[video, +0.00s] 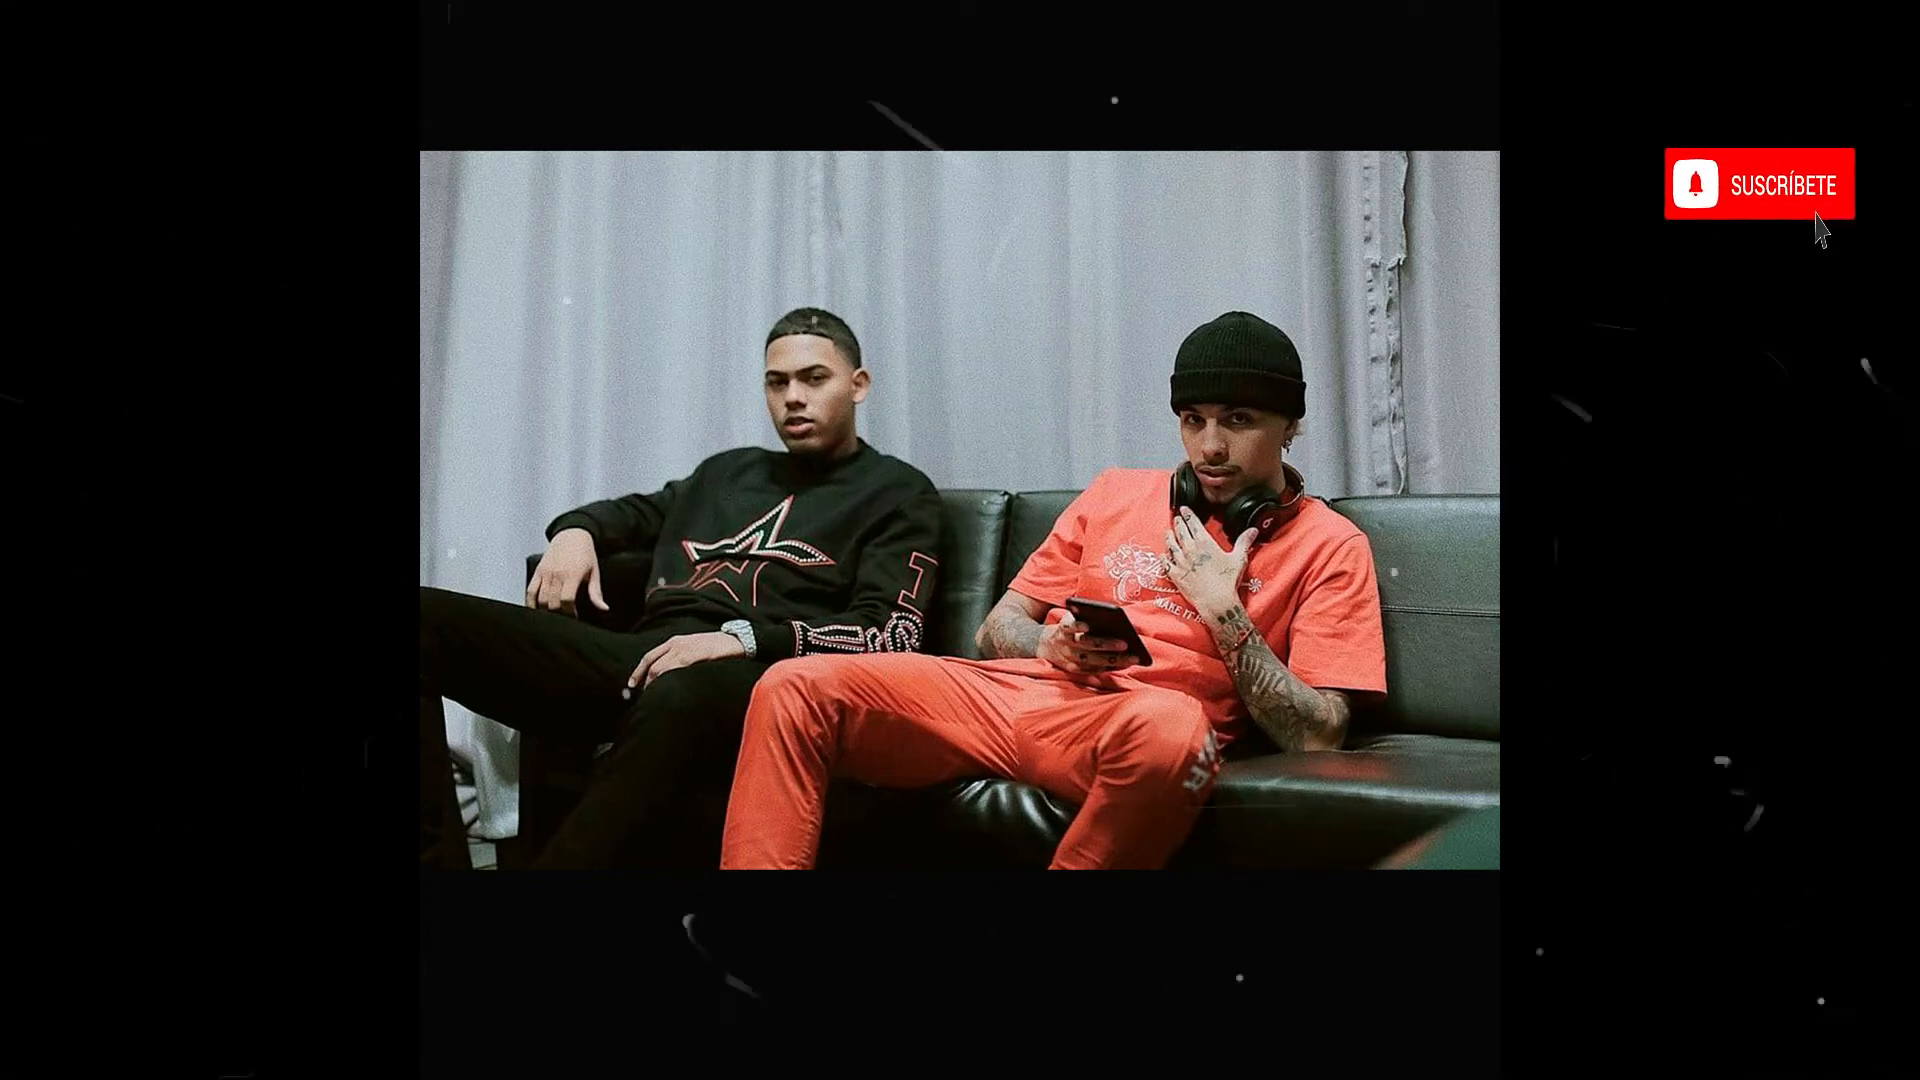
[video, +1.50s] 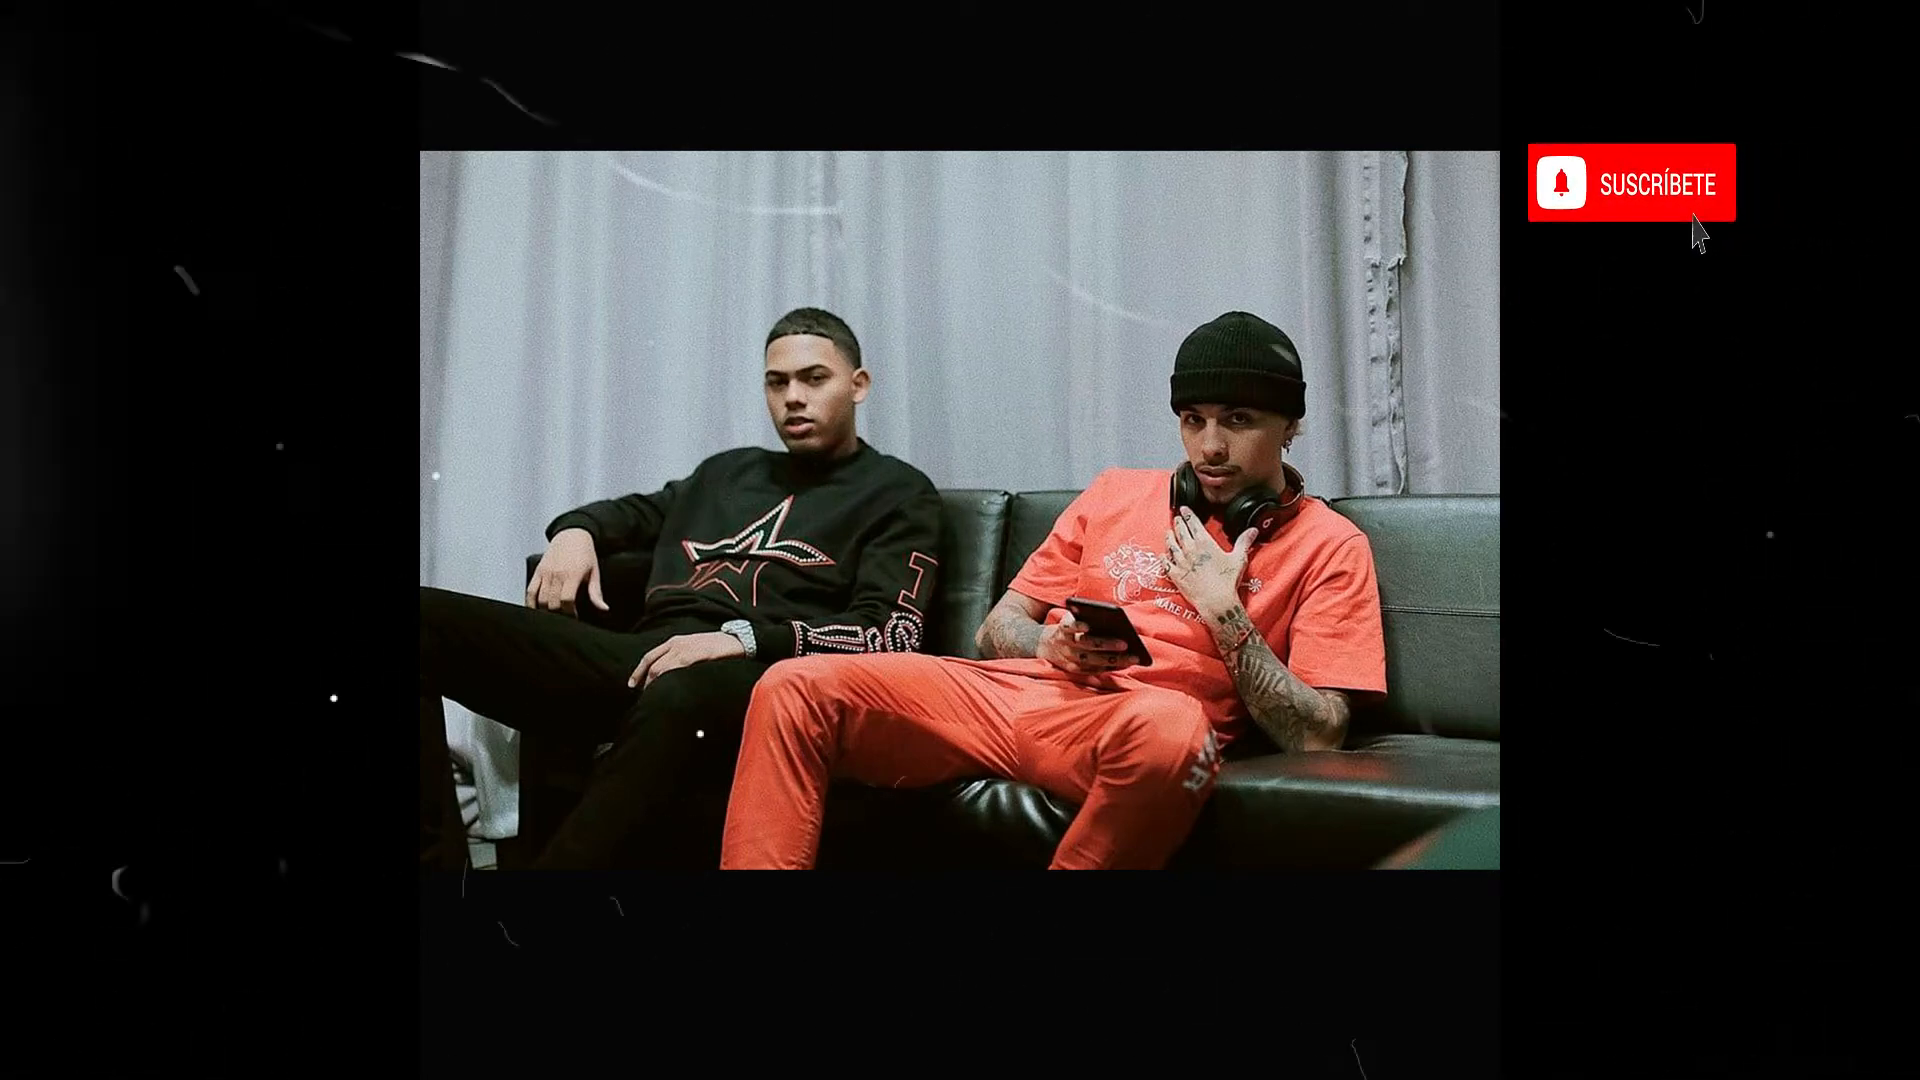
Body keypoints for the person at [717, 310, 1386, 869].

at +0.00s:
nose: (1210, 445)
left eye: (1238, 421)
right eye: (1195, 420)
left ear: (1288, 428)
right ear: (1178, 422)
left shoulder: (1328, 546)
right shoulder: (1117, 493)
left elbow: (1318, 736)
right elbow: (999, 626)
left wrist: (1227, 615)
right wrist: (1052, 646)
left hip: (1132, 707)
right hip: (1014, 685)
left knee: (1170, 745)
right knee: (792, 693)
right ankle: (750, 949)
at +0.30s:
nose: (1210, 445)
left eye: (1238, 421)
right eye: (1195, 419)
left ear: (1288, 428)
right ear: (1178, 422)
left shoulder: (1328, 546)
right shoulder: (1117, 493)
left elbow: (1317, 735)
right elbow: (999, 626)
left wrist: (1227, 615)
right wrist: (1052, 646)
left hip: (1132, 708)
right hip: (1014, 685)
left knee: (1170, 745)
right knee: (791, 694)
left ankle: (1046, 951)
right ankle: (756, 957)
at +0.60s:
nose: (1210, 445)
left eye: (1238, 422)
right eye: (1195, 419)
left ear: (1288, 429)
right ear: (1178, 422)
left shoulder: (1328, 546)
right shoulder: (1117, 493)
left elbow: (1317, 735)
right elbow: (999, 626)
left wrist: (1227, 615)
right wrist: (1052, 647)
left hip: (1132, 708)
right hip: (1015, 685)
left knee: (1170, 745)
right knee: (791, 694)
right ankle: (748, 948)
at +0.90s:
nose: (1211, 445)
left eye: (1238, 421)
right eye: (1196, 419)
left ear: (1289, 428)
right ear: (1178, 422)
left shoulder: (1328, 545)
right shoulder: (1118, 492)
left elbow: (1318, 736)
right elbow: (1000, 626)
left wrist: (1227, 615)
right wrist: (1050, 646)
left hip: (1132, 708)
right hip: (1013, 685)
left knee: (1169, 747)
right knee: (791, 694)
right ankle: (748, 939)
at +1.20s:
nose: (1210, 446)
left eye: (1238, 421)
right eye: (1195, 419)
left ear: (1289, 428)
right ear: (1178, 422)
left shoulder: (1328, 546)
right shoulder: (1117, 493)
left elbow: (1318, 735)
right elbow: (1000, 626)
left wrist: (1227, 615)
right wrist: (1051, 647)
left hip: (1133, 707)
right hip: (1014, 685)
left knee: (1170, 746)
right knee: (791, 694)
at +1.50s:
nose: (1211, 445)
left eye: (1238, 421)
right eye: (1195, 419)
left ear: (1288, 429)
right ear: (1179, 421)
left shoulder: (1329, 546)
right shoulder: (1117, 493)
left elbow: (1318, 736)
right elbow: (999, 627)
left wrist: (1227, 615)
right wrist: (1052, 646)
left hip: (1132, 707)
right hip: (1013, 685)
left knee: (1170, 746)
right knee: (791, 694)